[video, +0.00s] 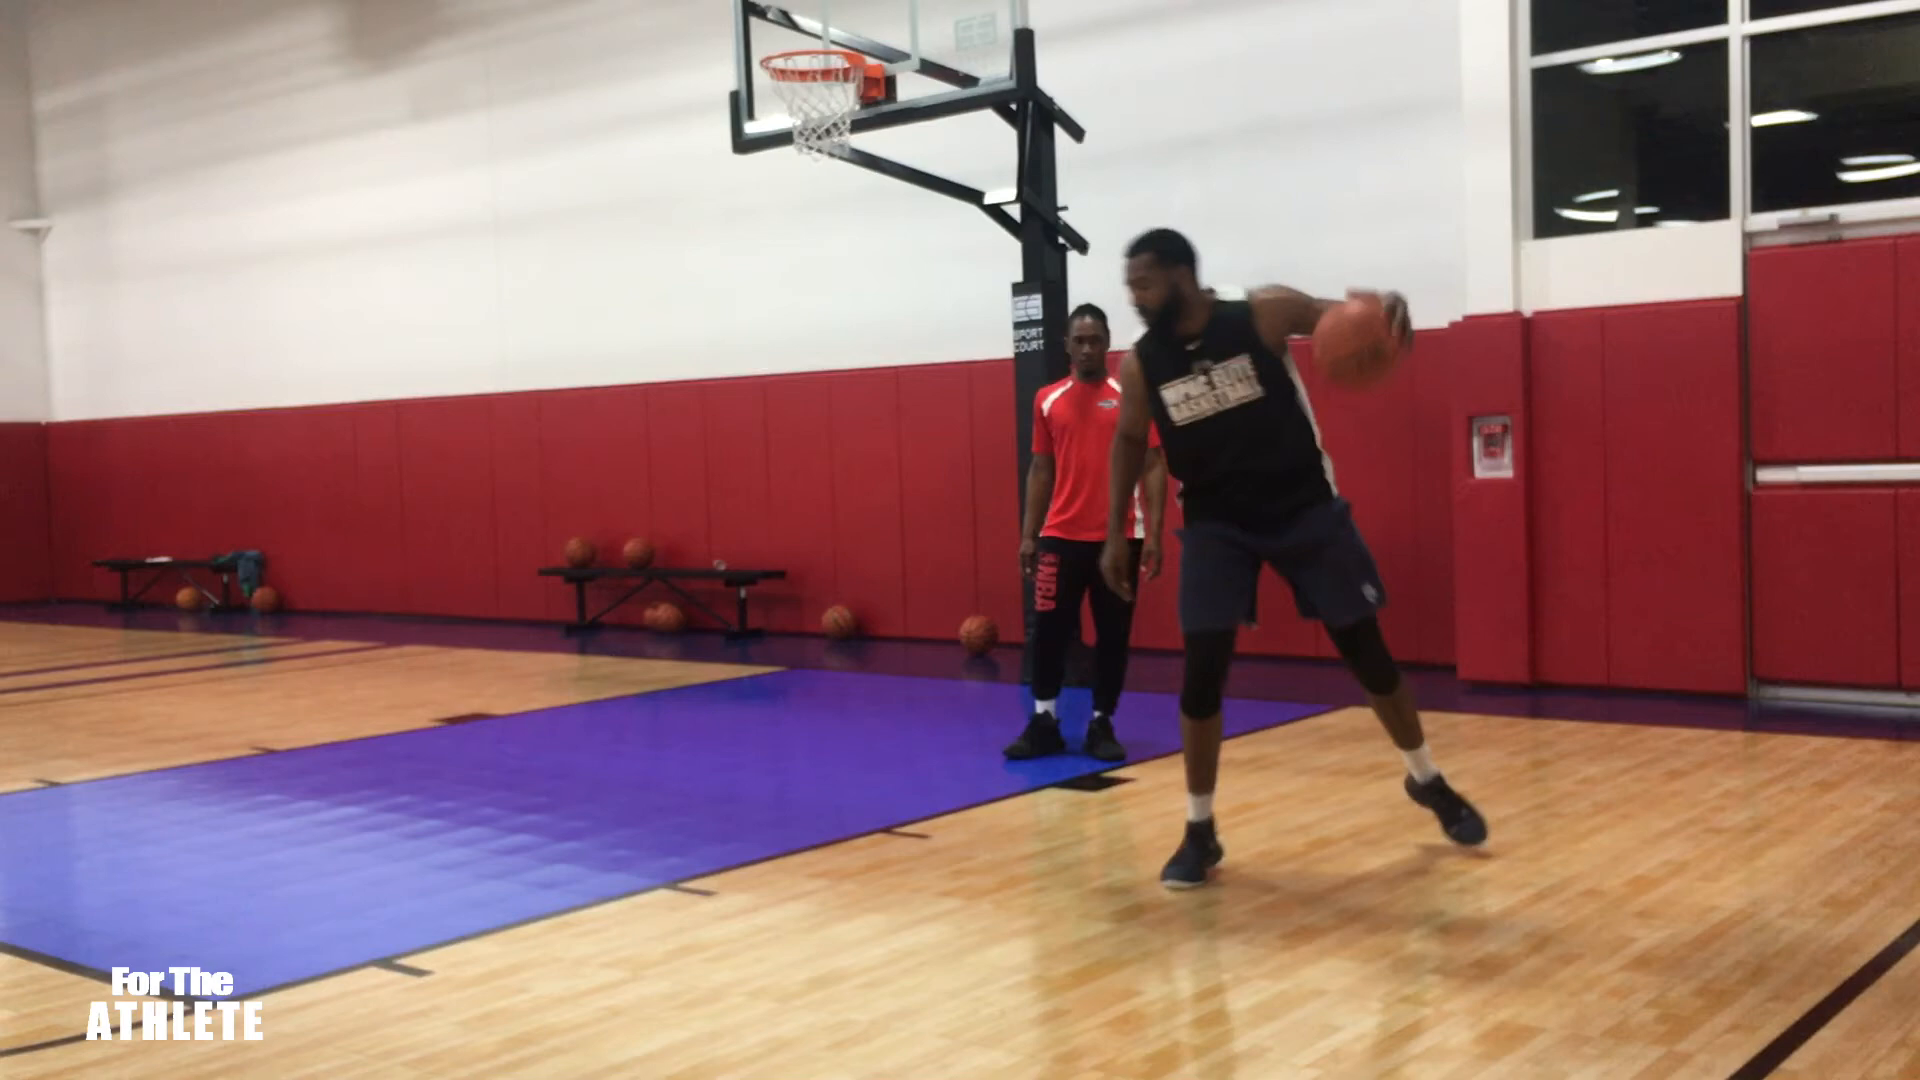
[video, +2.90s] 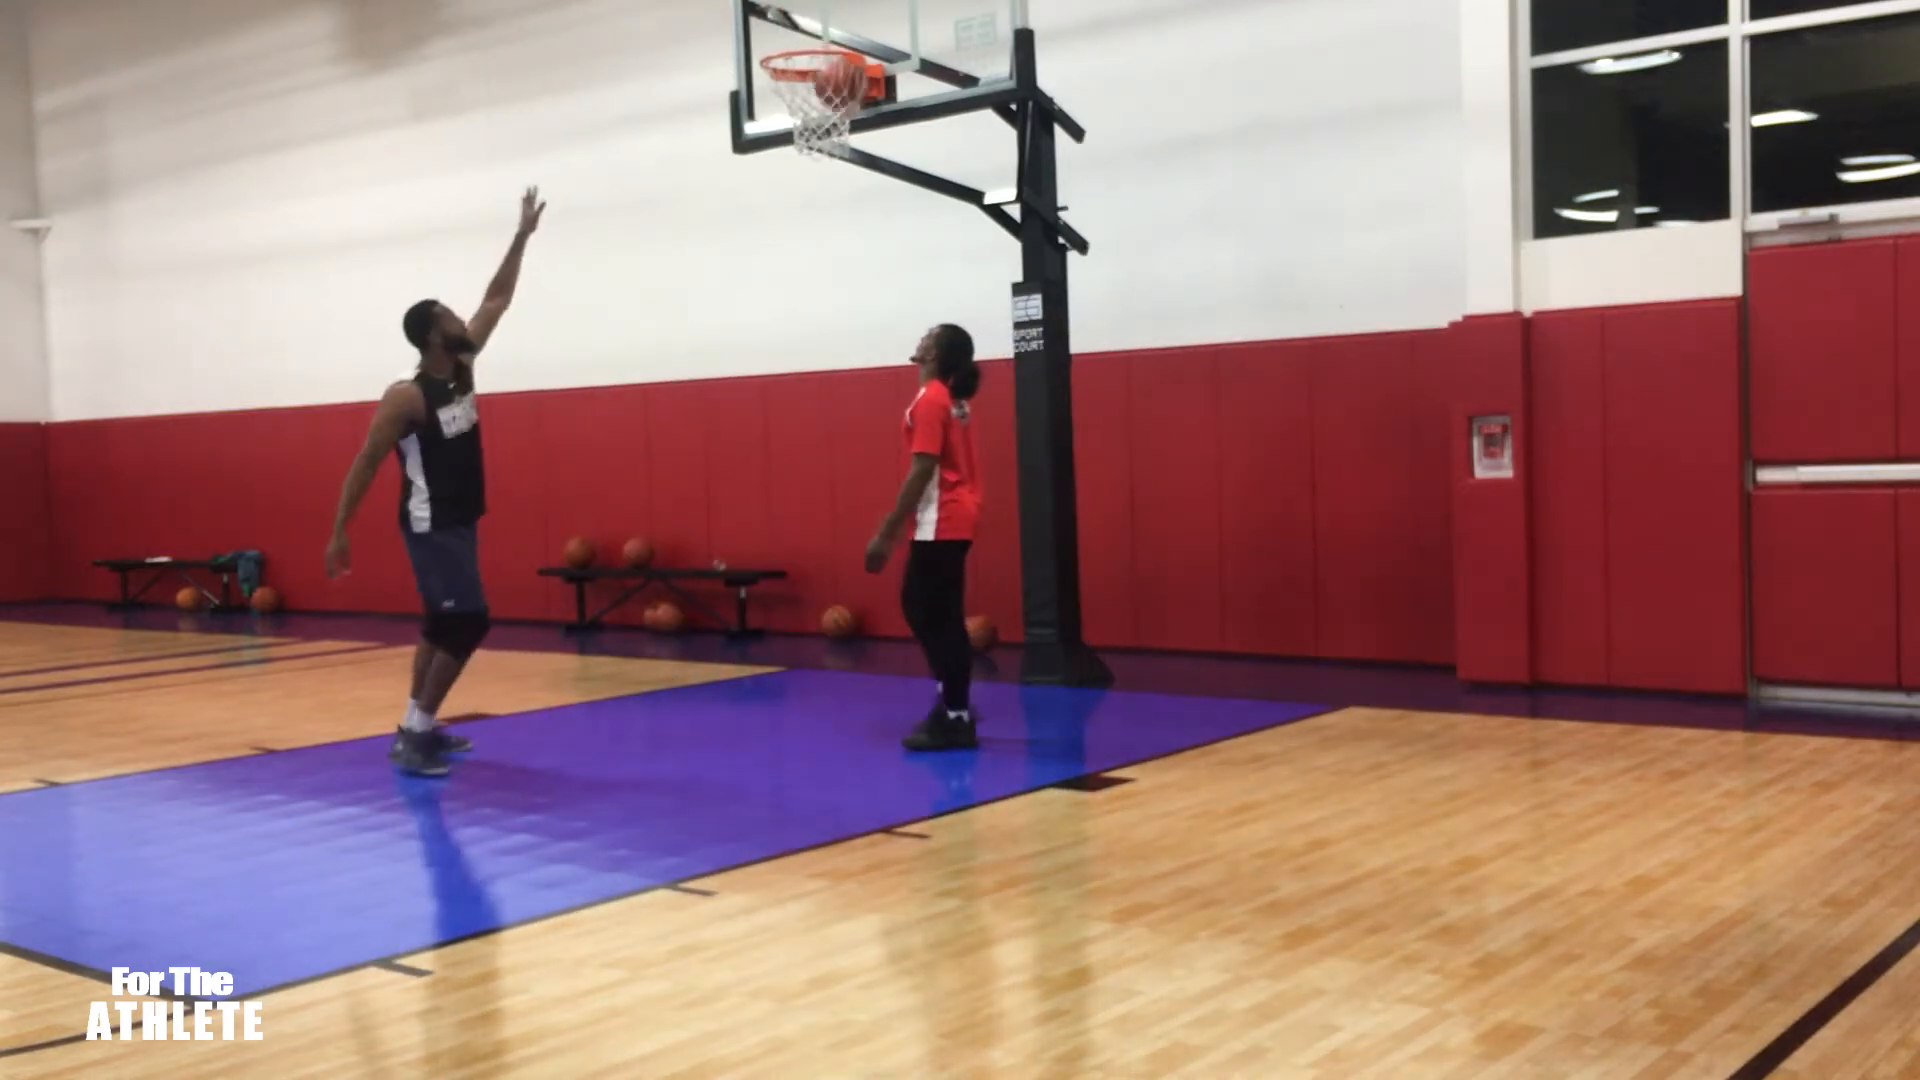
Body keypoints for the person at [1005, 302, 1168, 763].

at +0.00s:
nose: (1087, 348)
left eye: (1095, 340)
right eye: (1079, 340)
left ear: (1108, 344)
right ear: (1067, 345)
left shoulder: (1131, 398)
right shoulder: (1049, 400)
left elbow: (1153, 466)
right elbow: (1040, 470)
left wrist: (1154, 535)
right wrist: (1029, 534)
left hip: (1118, 537)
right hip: (1061, 536)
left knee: (1113, 635)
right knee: (1049, 627)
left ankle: (1101, 723)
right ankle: (1044, 720)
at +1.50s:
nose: (1029, 344)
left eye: (1039, 337)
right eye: (1030, 336)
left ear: (1063, 345)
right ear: (1036, 344)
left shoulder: (1087, 397)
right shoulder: (1021, 401)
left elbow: (1105, 469)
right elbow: (1016, 467)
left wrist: (1098, 538)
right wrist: (999, 529)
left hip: (1072, 537)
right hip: (1030, 537)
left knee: (1084, 626)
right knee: (1037, 623)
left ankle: (1097, 720)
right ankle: (1056, 713)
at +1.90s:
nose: (1009, 341)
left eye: (1019, 336)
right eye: (1012, 334)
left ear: (1040, 349)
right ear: (1027, 348)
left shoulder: (1047, 395)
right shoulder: (1018, 397)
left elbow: (1057, 468)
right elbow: (1017, 473)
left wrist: (1036, 533)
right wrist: (1002, 531)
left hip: (1045, 534)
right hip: (1022, 534)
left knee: (1043, 623)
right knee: (1030, 623)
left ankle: (1059, 716)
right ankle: (1050, 712)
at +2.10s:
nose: (998, 340)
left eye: (1008, 335)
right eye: (1002, 334)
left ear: (1026, 349)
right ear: (1015, 349)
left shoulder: (1029, 392)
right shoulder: (1014, 393)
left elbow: (1036, 464)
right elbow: (1019, 464)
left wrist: (1010, 531)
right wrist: (1002, 523)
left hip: (1028, 527)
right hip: (1027, 526)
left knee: (1001, 618)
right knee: (1034, 617)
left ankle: (1002, 715)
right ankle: (1059, 712)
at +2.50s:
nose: (962, 340)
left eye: (971, 337)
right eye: (968, 335)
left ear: (984, 353)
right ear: (987, 357)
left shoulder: (978, 396)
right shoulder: (982, 395)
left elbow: (981, 471)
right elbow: (987, 470)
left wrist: (963, 538)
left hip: (981, 531)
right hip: (996, 530)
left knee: (967, 624)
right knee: (1002, 620)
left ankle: (957, 717)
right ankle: (1053, 707)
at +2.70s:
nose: (939, 339)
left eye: (947, 337)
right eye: (945, 335)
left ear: (957, 353)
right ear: (966, 356)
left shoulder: (954, 396)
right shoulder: (964, 395)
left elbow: (950, 471)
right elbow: (962, 469)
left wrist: (924, 539)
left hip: (962, 523)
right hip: (967, 521)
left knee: (951, 614)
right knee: (949, 612)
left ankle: (957, 718)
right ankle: (1015, 680)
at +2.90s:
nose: (918, 345)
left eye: (925, 340)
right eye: (922, 339)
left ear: (937, 353)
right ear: (946, 357)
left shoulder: (931, 396)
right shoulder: (946, 396)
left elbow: (924, 466)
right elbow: (938, 464)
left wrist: (885, 532)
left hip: (941, 520)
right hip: (951, 518)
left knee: (922, 606)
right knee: (941, 610)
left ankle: (955, 713)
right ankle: (955, 708)